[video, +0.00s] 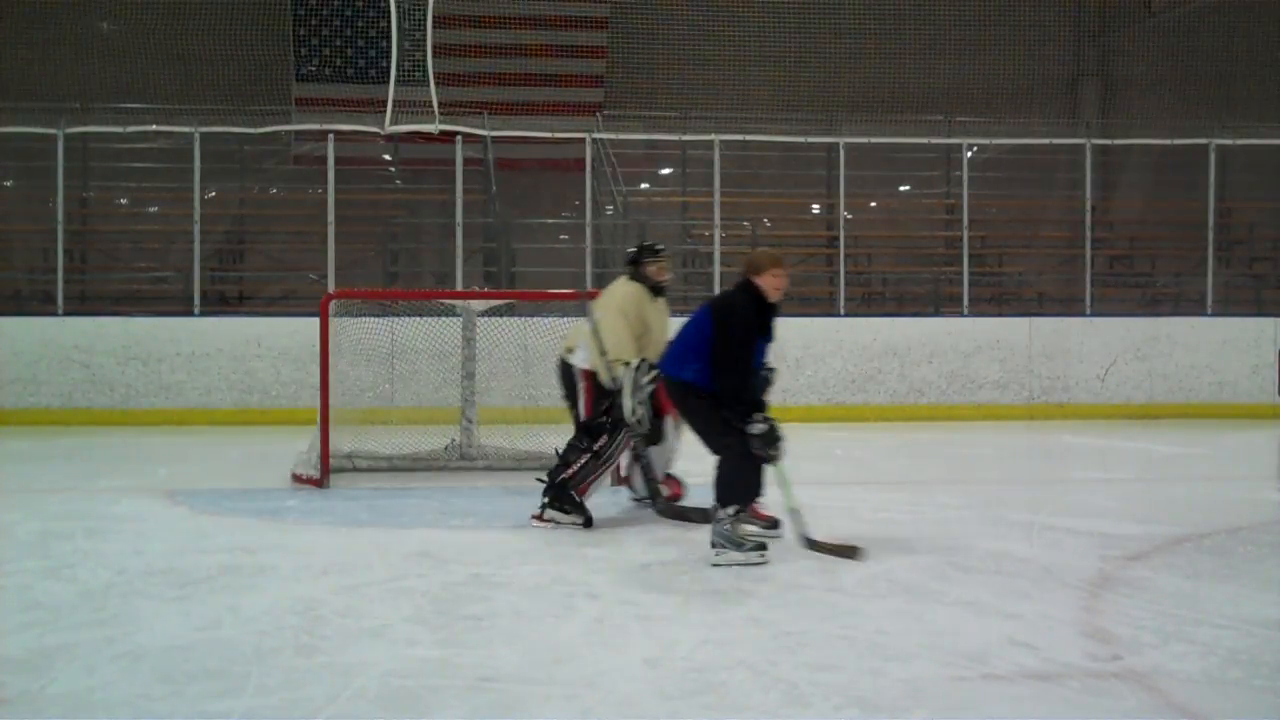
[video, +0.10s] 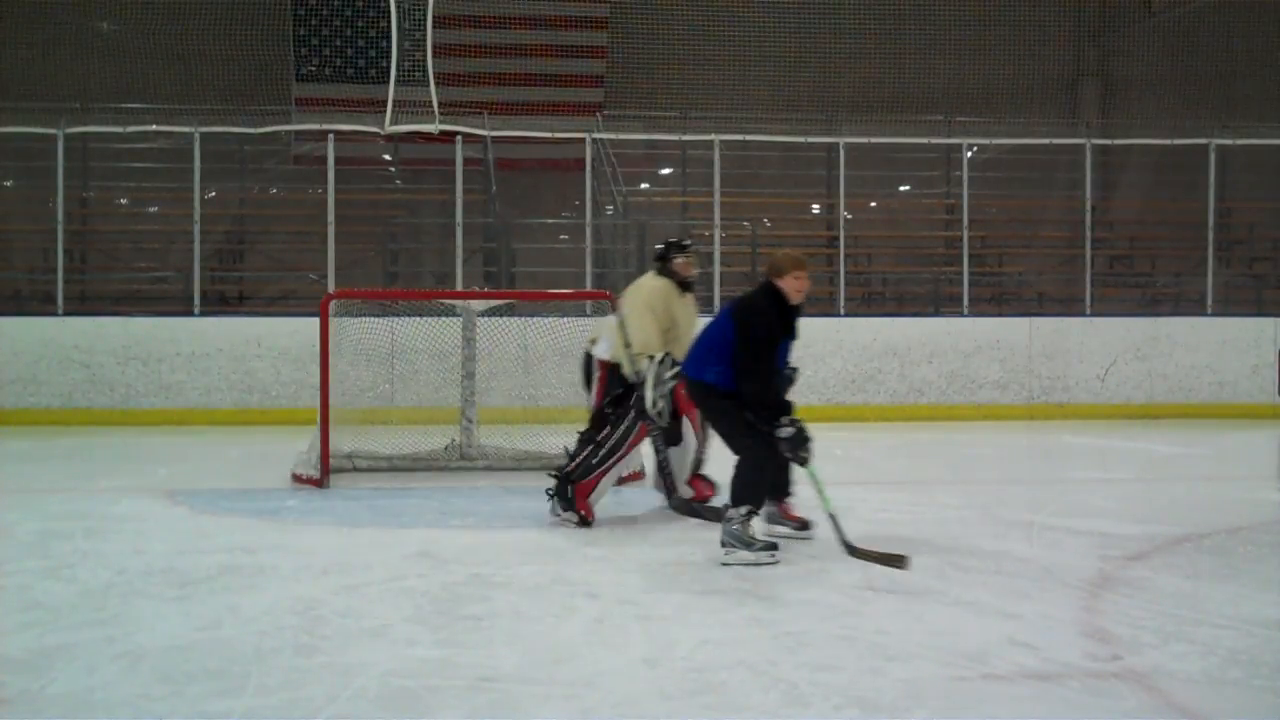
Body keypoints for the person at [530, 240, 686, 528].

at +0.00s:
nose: (663, 270)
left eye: (665, 264)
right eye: (655, 265)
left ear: (666, 268)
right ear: (639, 269)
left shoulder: (657, 302)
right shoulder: (623, 292)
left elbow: (657, 348)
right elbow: (617, 339)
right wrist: (631, 379)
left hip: (615, 371)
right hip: (582, 363)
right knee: (593, 433)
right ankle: (560, 494)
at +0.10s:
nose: (689, 267)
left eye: (691, 261)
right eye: (682, 261)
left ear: (691, 265)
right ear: (667, 264)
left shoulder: (683, 295)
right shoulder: (649, 289)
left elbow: (683, 343)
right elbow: (644, 338)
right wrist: (653, 377)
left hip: (658, 370)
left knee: (684, 426)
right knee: (611, 435)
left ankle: (682, 486)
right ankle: (571, 489)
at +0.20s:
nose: (714, 262)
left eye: (716, 256)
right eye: (707, 256)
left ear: (718, 261)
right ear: (690, 260)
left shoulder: (709, 294)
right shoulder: (669, 285)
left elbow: (708, 340)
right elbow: (663, 334)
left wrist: (716, 373)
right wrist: (668, 375)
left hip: (677, 360)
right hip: (635, 352)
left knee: (708, 412)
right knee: (632, 420)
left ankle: (707, 482)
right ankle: (589, 484)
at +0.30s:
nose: (734, 263)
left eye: (735, 257)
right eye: (727, 257)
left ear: (732, 262)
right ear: (710, 260)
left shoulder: (728, 296)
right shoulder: (687, 285)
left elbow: (727, 342)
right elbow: (677, 337)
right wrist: (681, 383)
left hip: (696, 363)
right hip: (649, 357)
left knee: (720, 419)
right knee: (640, 423)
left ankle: (722, 488)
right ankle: (607, 488)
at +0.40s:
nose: (742, 269)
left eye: (746, 264)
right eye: (736, 262)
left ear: (750, 267)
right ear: (720, 262)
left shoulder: (742, 294)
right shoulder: (697, 287)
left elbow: (745, 340)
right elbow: (682, 339)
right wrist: (686, 386)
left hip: (709, 366)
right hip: (659, 360)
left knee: (732, 420)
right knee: (652, 422)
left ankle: (731, 490)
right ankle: (616, 488)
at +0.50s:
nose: (742, 268)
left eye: (747, 263)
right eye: (736, 262)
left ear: (752, 266)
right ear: (721, 263)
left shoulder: (752, 294)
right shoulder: (699, 288)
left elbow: (755, 339)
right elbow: (684, 336)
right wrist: (691, 381)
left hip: (713, 368)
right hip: (663, 361)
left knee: (734, 416)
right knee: (658, 419)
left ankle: (729, 491)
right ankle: (622, 484)